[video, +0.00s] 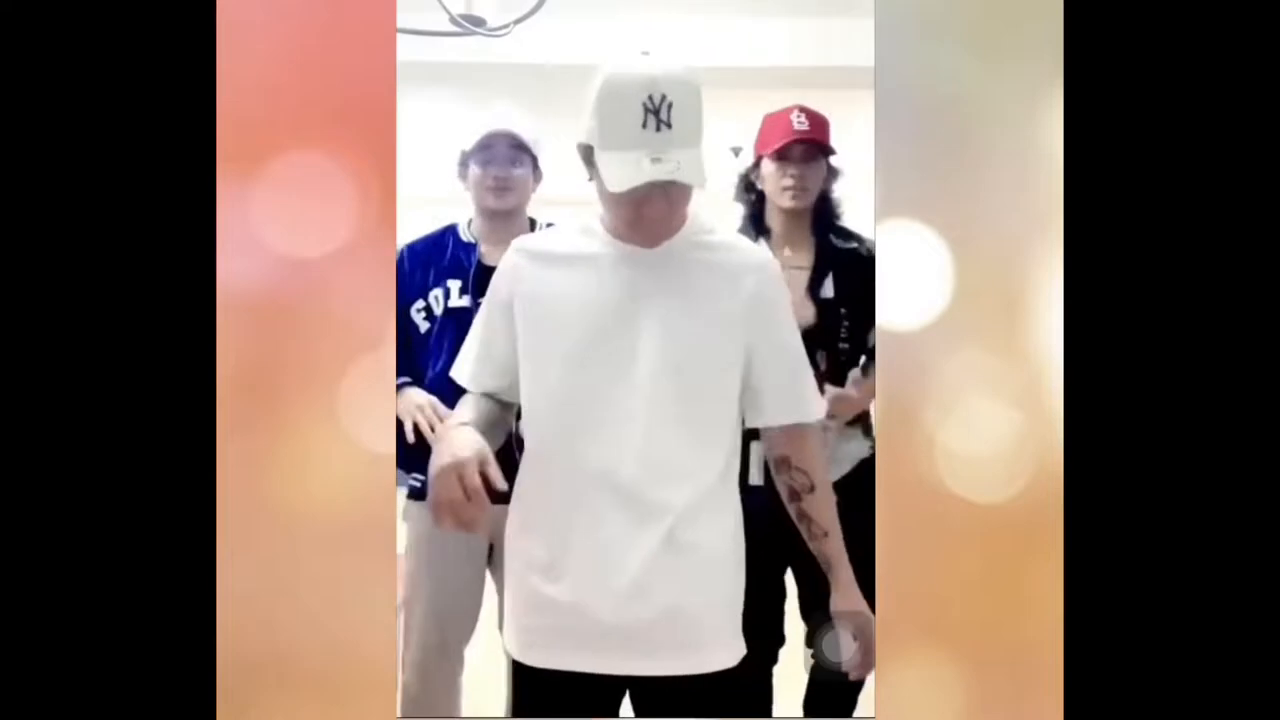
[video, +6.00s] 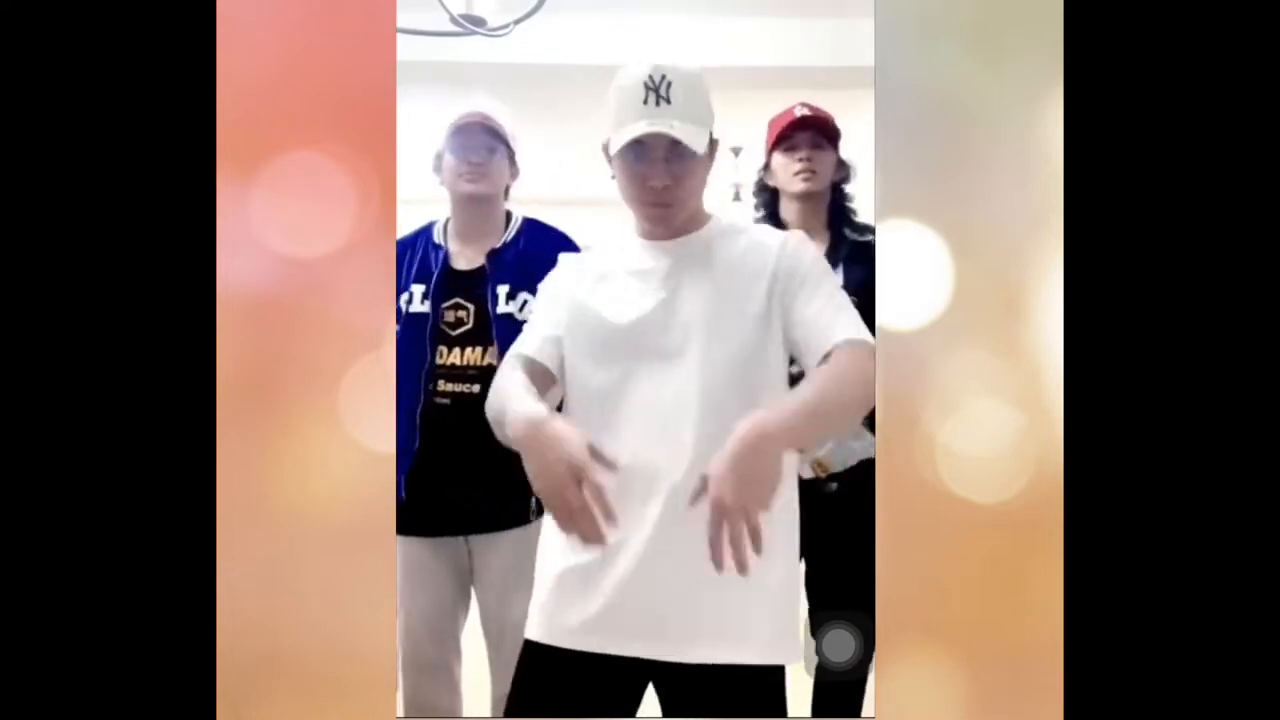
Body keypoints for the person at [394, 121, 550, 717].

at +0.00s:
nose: (500, 172)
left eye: (515, 162)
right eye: (486, 161)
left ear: (537, 179)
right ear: (464, 176)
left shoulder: (562, 262)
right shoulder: (418, 262)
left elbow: (589, 361)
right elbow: (371, 352)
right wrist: (402, 390)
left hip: (537, 488)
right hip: (441, 487)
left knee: (541, 659)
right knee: (430, 661)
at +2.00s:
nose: (506, 179)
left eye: (515, 163)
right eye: (489, 164)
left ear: (526, 167)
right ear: (451, 171)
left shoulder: (548, 252)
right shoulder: (409, 264)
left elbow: (549, 368)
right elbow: (381, 373)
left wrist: (468, 418)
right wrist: (414, 446)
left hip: (527, 495)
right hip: (432, 495)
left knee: (531, 667)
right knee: (415, 650)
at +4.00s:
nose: (475, 168)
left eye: (490, 159)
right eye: (462, 158)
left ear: (514, 178)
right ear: (442, 177)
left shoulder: (543, 261)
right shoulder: (402, 259)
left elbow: (567, 368)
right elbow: (363, 349)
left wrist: (559, 469)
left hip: (513, 484)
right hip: (420, 483)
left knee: (519, 652)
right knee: (417, 650)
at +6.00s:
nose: (473, 159)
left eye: (488, 150)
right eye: (460, 150)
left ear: (512, 172)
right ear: (439, 168)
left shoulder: (554, 255)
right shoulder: (402, 257)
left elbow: (585, 369)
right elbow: (369, 365)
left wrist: (562, 471)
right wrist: (374, 473)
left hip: (513, 498)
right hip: (420, 498)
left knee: (516, 664)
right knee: (423, 663)